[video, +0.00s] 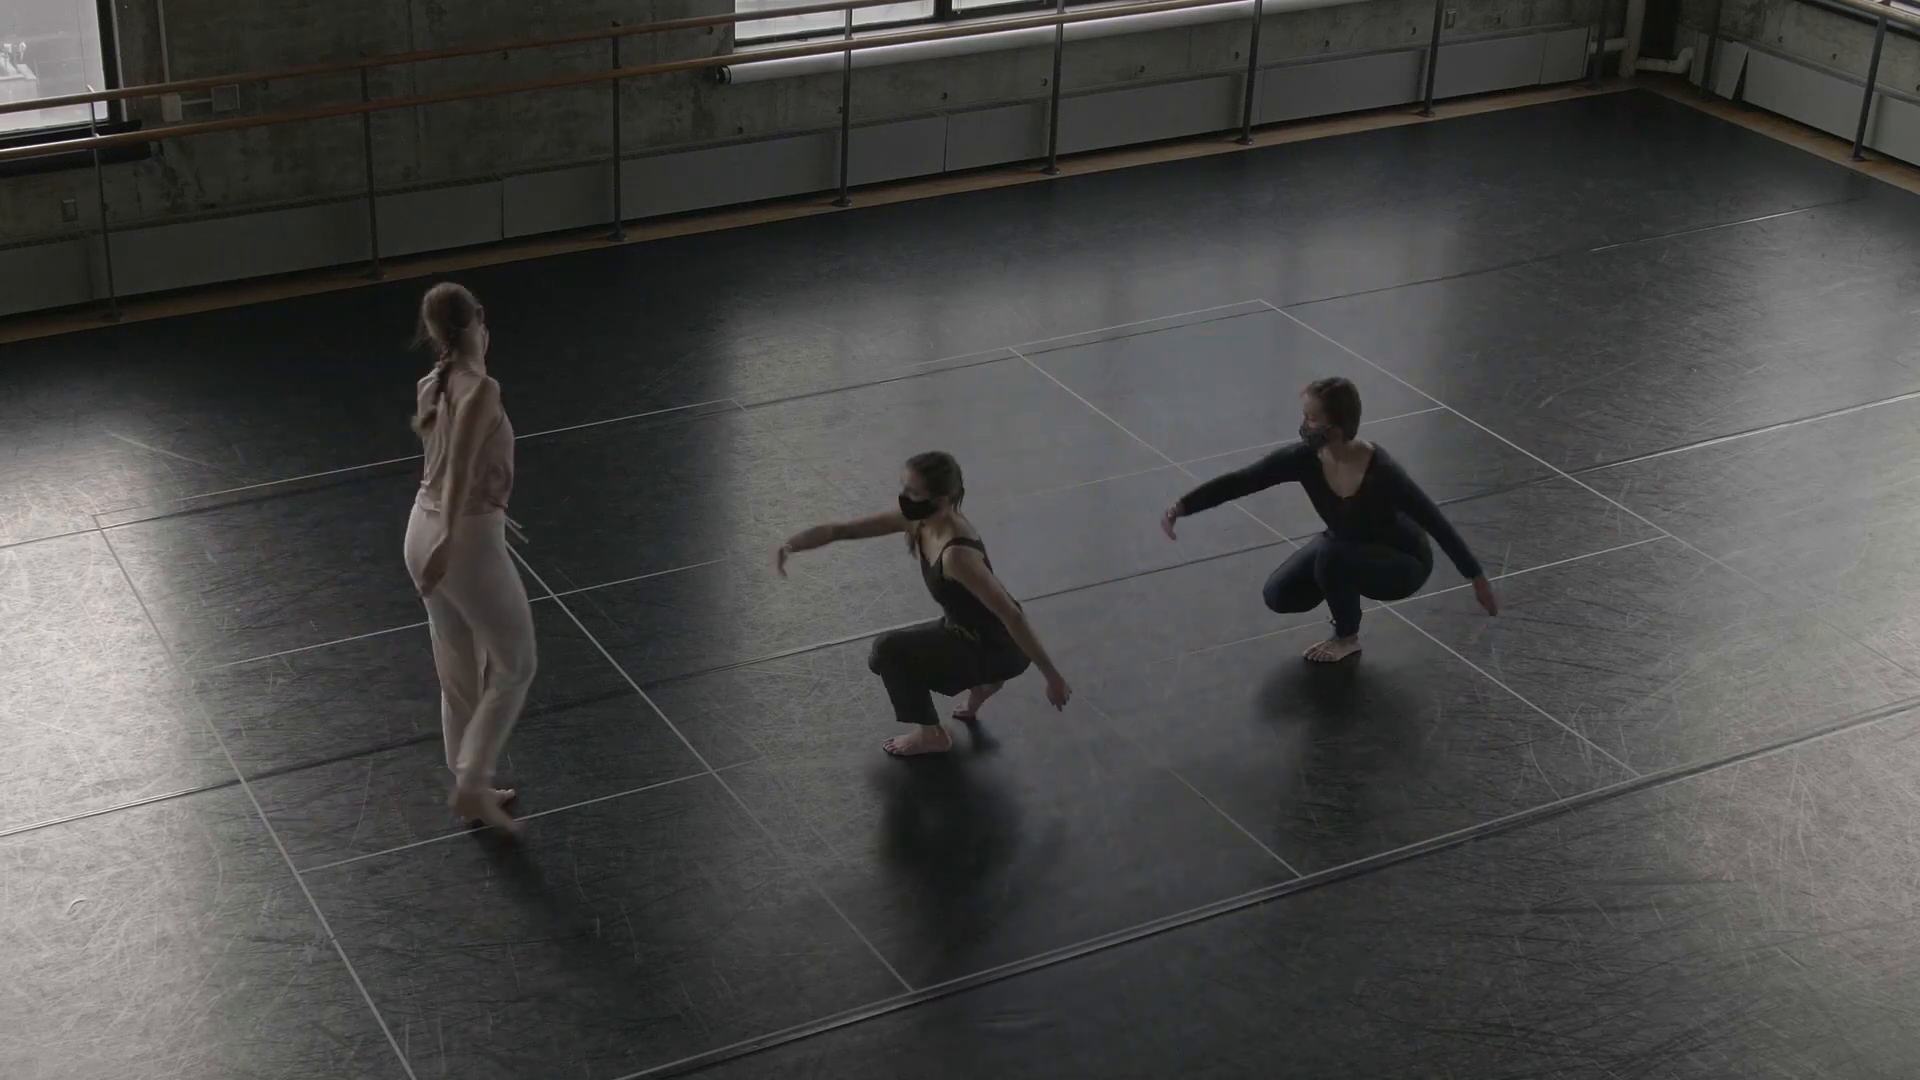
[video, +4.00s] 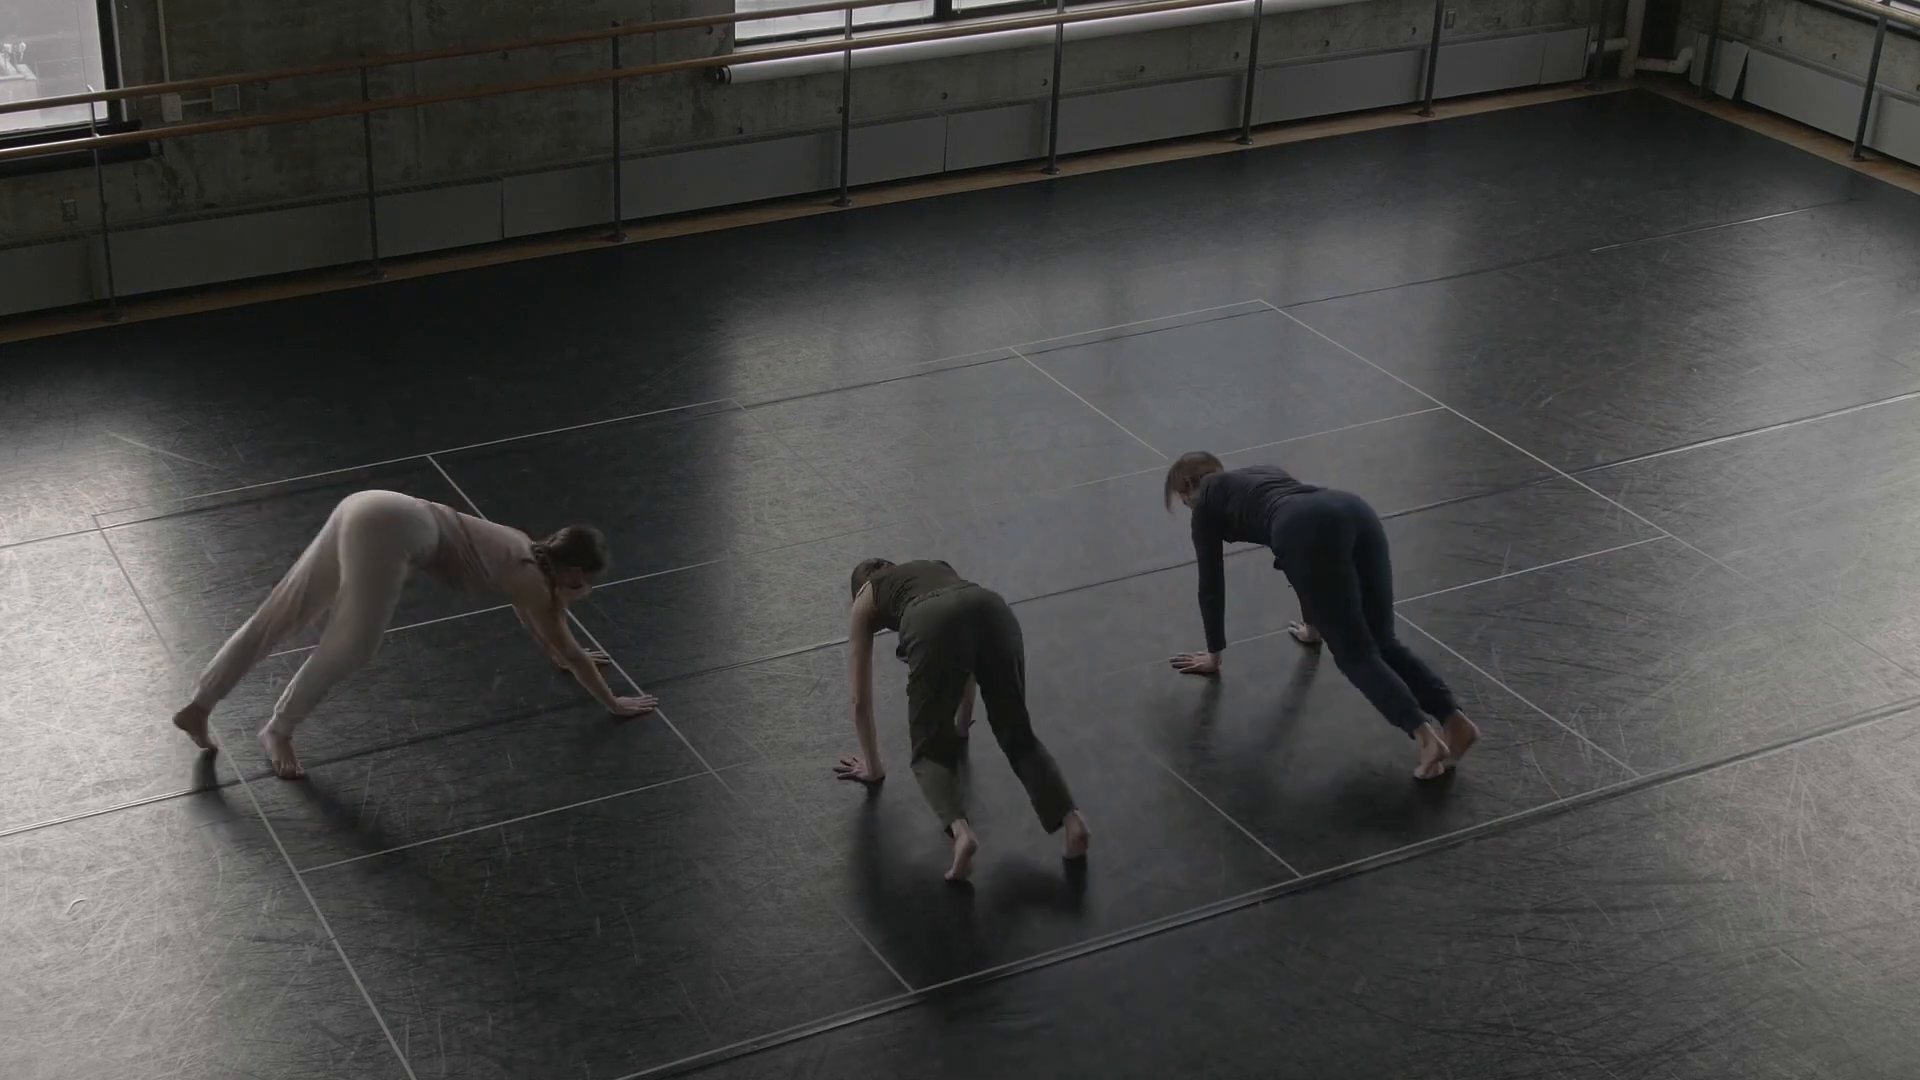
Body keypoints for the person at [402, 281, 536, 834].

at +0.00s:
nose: (485, 328)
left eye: (478, 321)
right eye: (482, 321)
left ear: (437, 332)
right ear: (477, 325)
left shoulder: (434, 383)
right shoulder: (476, 385)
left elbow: (443, 465)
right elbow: (458, 464)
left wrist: (491, 516)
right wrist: (448, 537)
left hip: (427, 531)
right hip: (470, 536)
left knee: (457, 670)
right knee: (517, 663)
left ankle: (465, 787)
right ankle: (473, 782)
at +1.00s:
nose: (505, 387)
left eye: (510, 383)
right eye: (506, 380)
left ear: (533, 397)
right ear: (561, 388)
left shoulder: (525, 451)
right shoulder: (585, 422)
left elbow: (548, 537)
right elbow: (545, 418)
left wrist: (559, 614)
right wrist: (493, 429)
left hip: (581, 600)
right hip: (632, 586)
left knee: (518, 574)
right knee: (570, 586)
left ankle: (543, 687)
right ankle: (612, 700)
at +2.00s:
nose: (443, 496)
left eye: (446, 487)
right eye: (439, 488)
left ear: (477, 479)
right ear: (474, 476)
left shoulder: (531, 510)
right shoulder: (490, 494)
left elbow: (582, 590)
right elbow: (435, 538)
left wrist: (584, 671)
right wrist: (366, 572)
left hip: (624, 591)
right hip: (597, 579)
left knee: (512, 650)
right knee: (528, 661)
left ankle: (561, 754)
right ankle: (618, 694)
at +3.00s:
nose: (356, 446)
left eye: (363, 439)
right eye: (347, 440)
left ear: (376, 418)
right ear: (328, 420)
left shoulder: (401, 433)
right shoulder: (307, 431)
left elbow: (451, 503)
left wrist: (472, 575)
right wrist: (297, 468)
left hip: (424, 530)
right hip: (359, 536)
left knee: (479, 645)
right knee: (327, 645)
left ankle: (520, 761)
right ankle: (299, 735)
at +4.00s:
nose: (579, 593)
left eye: (585, 585)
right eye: (579, 583)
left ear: (562, 556)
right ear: (564, 571)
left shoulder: (530, 557)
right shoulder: (529, 581)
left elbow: (550, 620)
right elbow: (561, 653)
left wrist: (584, 651)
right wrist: (612, 704)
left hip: (362, 512)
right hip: (386, 525)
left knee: (275, 617)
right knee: (353, 642)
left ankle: (199, 706)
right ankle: (277, 730)